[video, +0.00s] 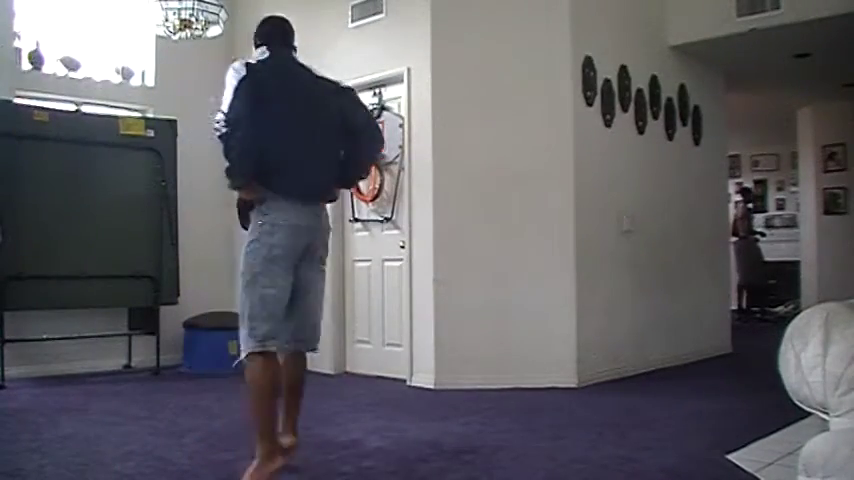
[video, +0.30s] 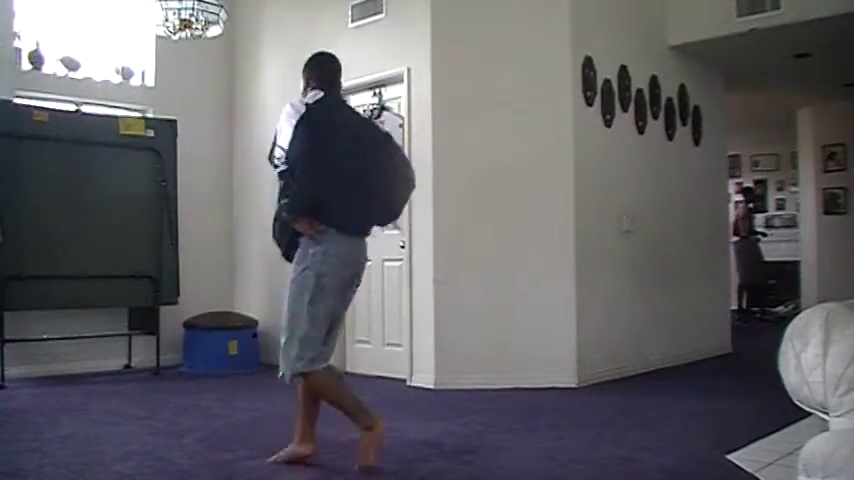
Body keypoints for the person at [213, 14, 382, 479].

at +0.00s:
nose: (258, 54)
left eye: (257, 47)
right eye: (266, 45)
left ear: (259, 47)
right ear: (293, 45)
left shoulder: (253, 81)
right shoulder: (329, 87)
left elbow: (238, 138)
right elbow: (370, 143)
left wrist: (244, 183)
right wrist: (336, 183)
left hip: (275, 213)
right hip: (317, 216)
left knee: (259, 341)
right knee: (296, 339)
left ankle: (267, 453)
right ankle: (288, 433)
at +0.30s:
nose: (303, 88)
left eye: (303, 82)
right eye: (306, 82)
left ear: (309, 83)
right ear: (339, 82)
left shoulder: (312, 118)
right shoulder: (356, 122)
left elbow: (301, 182)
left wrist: (292, 212)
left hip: (324, 246)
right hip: (350, 247)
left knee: (301, 357)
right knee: (312, 353)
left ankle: (370, 425)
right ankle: (304, 440)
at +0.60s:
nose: (369, 106)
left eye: (369, 100)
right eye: (373, 99)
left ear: (372, 100)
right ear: (404, 98)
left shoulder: (364, 133)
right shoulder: (437, 138)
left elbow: (344, 191)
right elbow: (477, 192)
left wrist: (362, 237)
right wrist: (456, 235)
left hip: (390, 259)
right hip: (430, 258)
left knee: (378, 365)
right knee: (424, 355)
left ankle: (412, 443)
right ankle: (454, 427)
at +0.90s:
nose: (474, 84)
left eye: (466, 79)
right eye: (483, 77)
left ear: (460, 82)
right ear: (494, 80)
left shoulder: (444, 119)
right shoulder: (523, 114)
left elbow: (423, 165)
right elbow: (566, 159)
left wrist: (450, 213)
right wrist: (547, 202)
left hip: (473, 233)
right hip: (520, 229)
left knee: (450, 340)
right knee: (554, 331)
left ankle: (437, 433)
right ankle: (578, 418)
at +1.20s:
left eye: (524, 86)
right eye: (545, 86)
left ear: (519, 88)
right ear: (553, 89)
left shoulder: (491, 123)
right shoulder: (573, 124)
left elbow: (454, 151)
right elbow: (607, 167)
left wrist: (479, 196)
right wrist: (584, 206)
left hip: (507, 236)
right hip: (551, 233)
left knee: (537, 332)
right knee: (578, 333)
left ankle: (539, 422)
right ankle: (589, 431)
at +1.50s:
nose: (536, 114)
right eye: (535, 108)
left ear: (502, 113)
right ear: (536, 112)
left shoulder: (482, 158)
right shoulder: (548, 149)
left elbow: (450, 200)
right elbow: (595, 153)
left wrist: (482, 235)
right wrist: (616, 135)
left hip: (510, 263)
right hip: (528, 264)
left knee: (570, 347)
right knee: (516, 374)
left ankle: (569, 437)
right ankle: (428, 431)